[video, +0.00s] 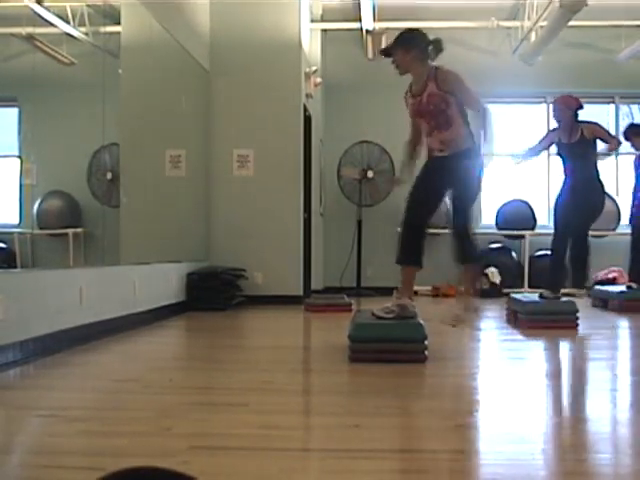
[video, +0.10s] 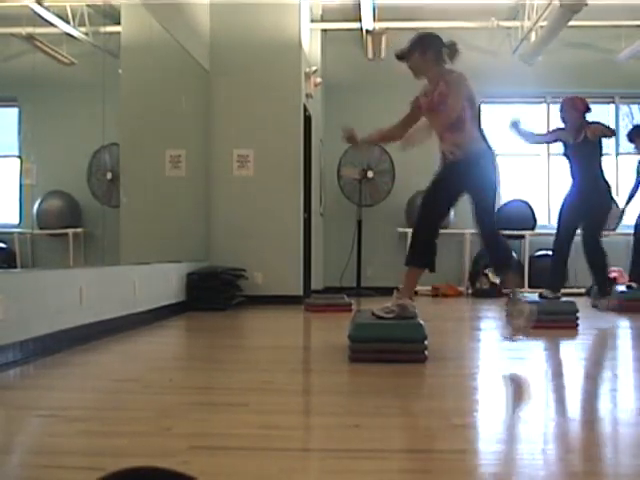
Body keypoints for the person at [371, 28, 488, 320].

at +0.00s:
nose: (393, 62)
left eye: (396, 55)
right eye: (392, 56)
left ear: (414, 53)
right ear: (408, 56)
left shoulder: (445, 78)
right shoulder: (412, 93)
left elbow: (480, 110)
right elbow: (415, 136)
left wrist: (486, 150)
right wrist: (404, 172)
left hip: (464, 158)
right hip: (435, 162)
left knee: (461, 225)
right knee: (413, 221)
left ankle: (468, 300)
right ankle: (405, 299)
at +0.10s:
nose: (408, 65)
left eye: (411, 58)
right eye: (408, 59)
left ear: (427, 55)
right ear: (423, 57)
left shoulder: (455, 79)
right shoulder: (425, 97)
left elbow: (453, 112)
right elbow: (399, 131)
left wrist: (424, 130)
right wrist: (362, 140)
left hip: (479, 161)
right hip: (451, 166)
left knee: (487, 227)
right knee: (425, 223)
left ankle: (516, 298)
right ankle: (404, 299)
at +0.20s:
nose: (426, 85)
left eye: (428, 79)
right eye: (424, 81)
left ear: (445, 73)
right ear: (439, 75)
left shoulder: (468, 93)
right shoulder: (438, 107)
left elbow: (432, 100)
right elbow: (402, 117)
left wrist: (383, 91)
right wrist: (363, 106)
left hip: (496, 178)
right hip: (470, 182)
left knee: (513, 239)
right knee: (430, 228)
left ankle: (551, 309)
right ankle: (404, 301)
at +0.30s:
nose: (444, 101)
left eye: (447, 96)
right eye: (443, 97)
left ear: (463, 92)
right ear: (456, 98)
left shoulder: (484, 115)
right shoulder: (461, 125)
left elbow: (441, 103)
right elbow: (425, 123)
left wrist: (405, 80)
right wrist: (399, 96)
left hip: (518, 200)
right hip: (493, 203)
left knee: (538, 266)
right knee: (444, 237)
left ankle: (571, 331)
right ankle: (405, 302)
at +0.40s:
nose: (458, 108)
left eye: (460, 101)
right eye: (456, 102)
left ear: (474, 98)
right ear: (474, 100)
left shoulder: (495, 120)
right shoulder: (482, 128)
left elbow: (456, 122)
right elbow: (454, 142)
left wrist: (424, 104)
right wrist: (427, 114)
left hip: (531, 201)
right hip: (510, 204)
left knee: (549, 265)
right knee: (462, 239)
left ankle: (574, 335)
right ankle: (415, 296)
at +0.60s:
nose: (460, 101)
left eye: (464, 95)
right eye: (460, 95)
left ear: (478, 94)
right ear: (479, 95)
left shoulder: (494, 118)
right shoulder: (489, 121)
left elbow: (506, 156)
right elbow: (521, 154)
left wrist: (518, 183)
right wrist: (523, 178)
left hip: (530, 193)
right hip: (528, 193)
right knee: (473, 238)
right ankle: (482, 307)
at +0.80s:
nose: (459, 108)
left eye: (463, 103)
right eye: (460, 103)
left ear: (476, 104)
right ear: (484, 104)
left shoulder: (481, 131)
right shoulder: (497, 130)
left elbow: (487, 171)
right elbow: (527, 162)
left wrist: (498, 205)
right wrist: (533, 193)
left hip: (507, 209)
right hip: (515, 206)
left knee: (508, 269)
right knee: (507, 267)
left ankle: (570, 326)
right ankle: (520, 328)